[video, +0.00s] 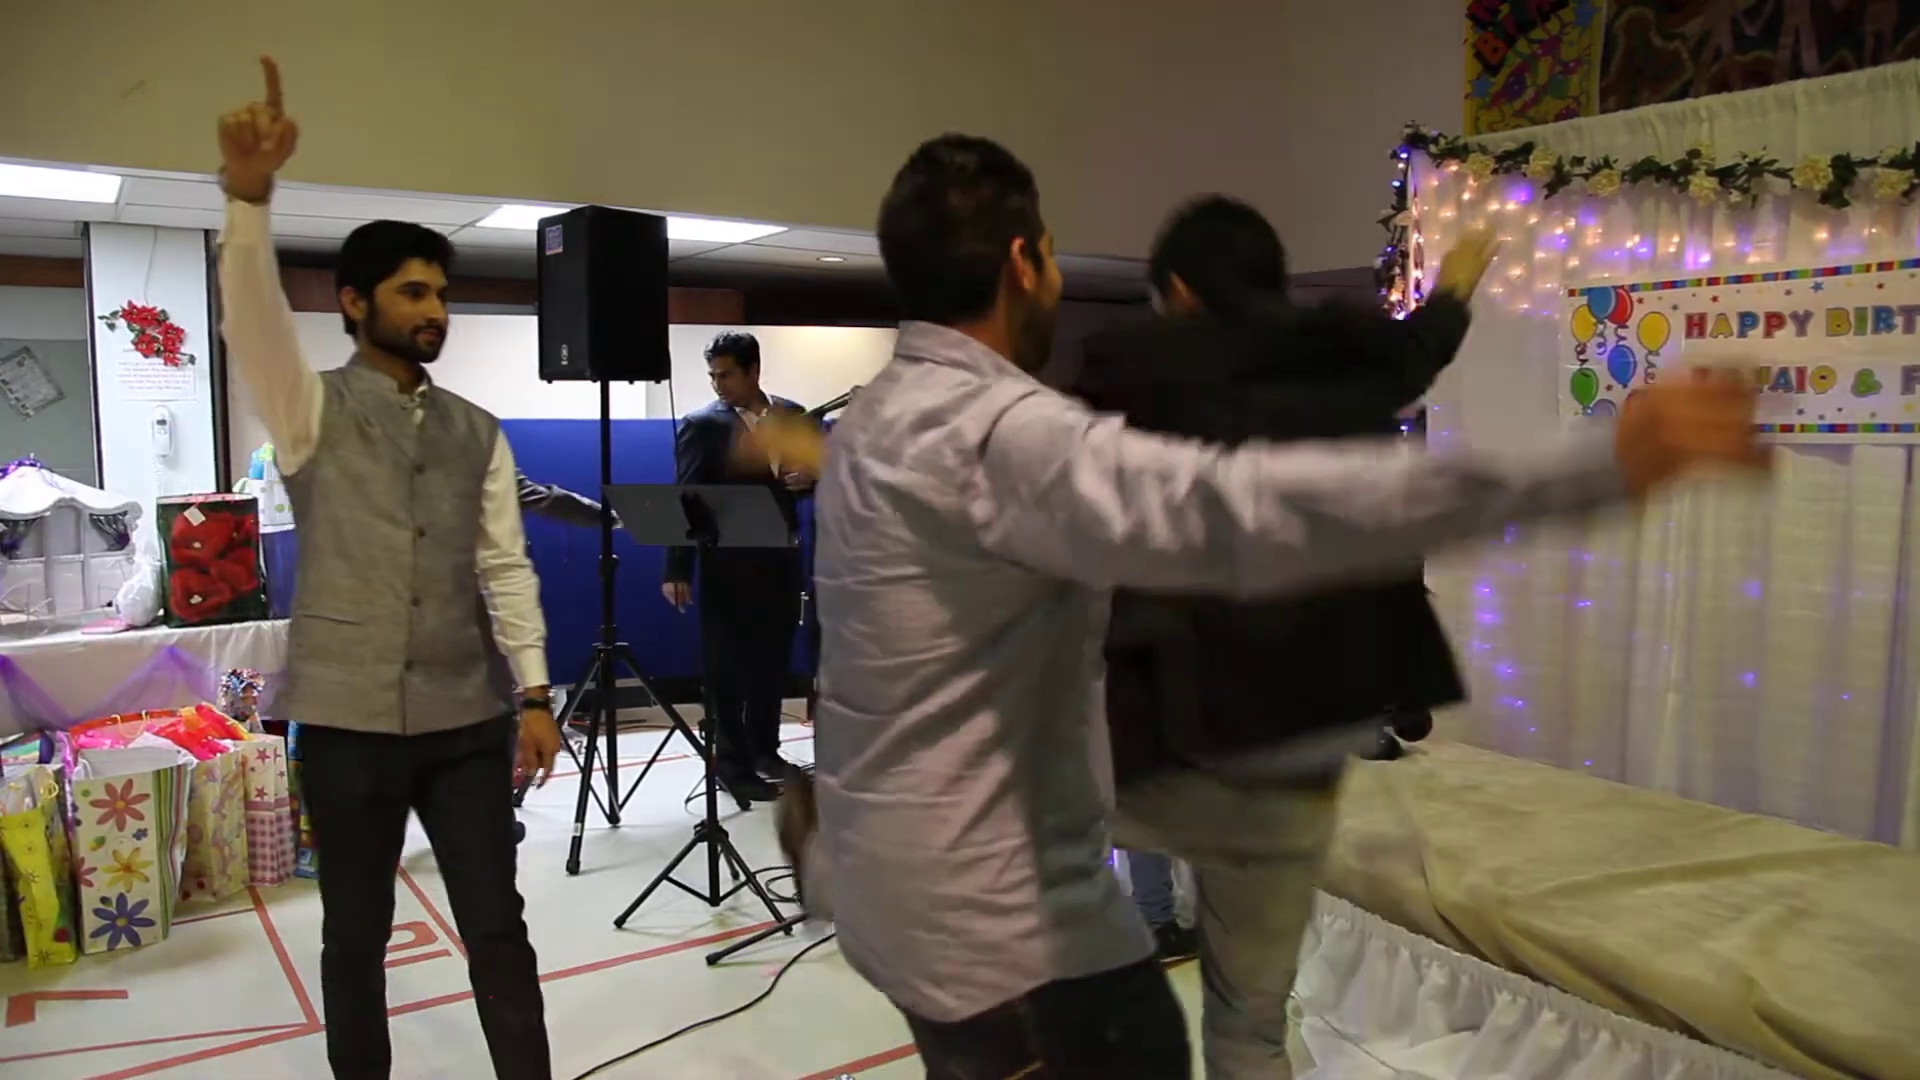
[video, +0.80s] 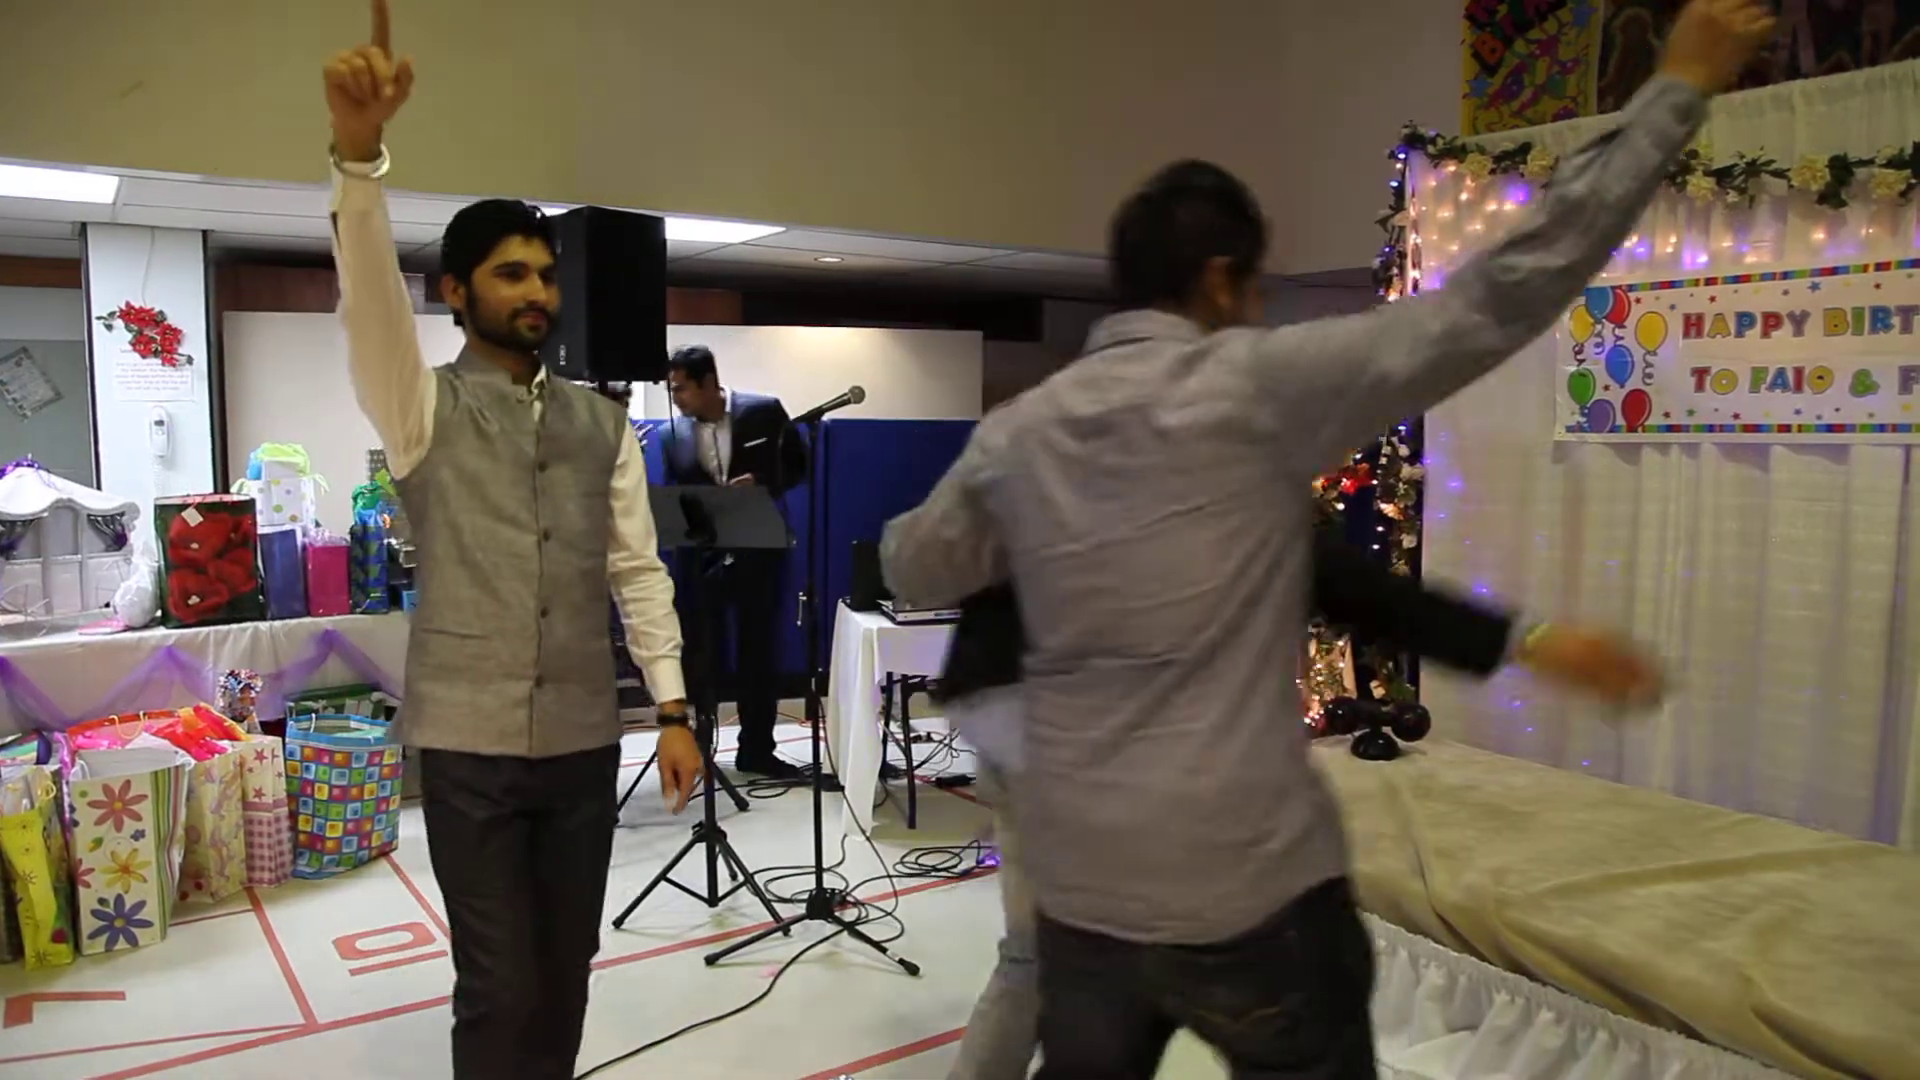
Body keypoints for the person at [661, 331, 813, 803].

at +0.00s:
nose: (716, 384)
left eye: (724, 374)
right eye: (713, 376)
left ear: (752, 371)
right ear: (712, 377)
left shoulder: (793, 420)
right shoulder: (700, 428)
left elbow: (816, 476)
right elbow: (686, 502)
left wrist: (808, 478)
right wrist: (677, 568)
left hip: (778, 565)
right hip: (722, 566)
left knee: (770, 666)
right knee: (726, 668)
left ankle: (765, 754)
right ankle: (732, 767)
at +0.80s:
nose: (674, 396)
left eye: (680, 388)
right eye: (672, 388)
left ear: (709, 384)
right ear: (690, 388)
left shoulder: (764, 413)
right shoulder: (673, 434)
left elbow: (797, 464)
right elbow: (673, 497)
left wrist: (760, 482)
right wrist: (706, 504)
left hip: (759, 553)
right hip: (701, 557)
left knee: (759, 649)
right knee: (699, 648)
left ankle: (756, 751)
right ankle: (695, 751)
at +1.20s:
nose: (650, 407)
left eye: (655, 397)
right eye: (645, 399)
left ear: (683, 387)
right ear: (646, 397)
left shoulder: (736, 415)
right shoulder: (652, 436)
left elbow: (772, 468)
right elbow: (646, 493)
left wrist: (723, 482)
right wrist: (681, 496)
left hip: (738, 557)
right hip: (682, 557)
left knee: (743, 650)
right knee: (686, 649)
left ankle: (753, 749)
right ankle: (692, 747)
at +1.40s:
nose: (625, 405)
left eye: (630, 394)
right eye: (619, 397)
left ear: (657, 386)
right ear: (617, 396)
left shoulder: (707, 415)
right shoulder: (626, 432)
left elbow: (745, 468)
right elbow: (614, 488)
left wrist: (693, 480)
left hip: (711, 550)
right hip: (656, 550)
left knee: (716, 646)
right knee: (661, 647)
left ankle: (727, 748)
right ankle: (666, 748)